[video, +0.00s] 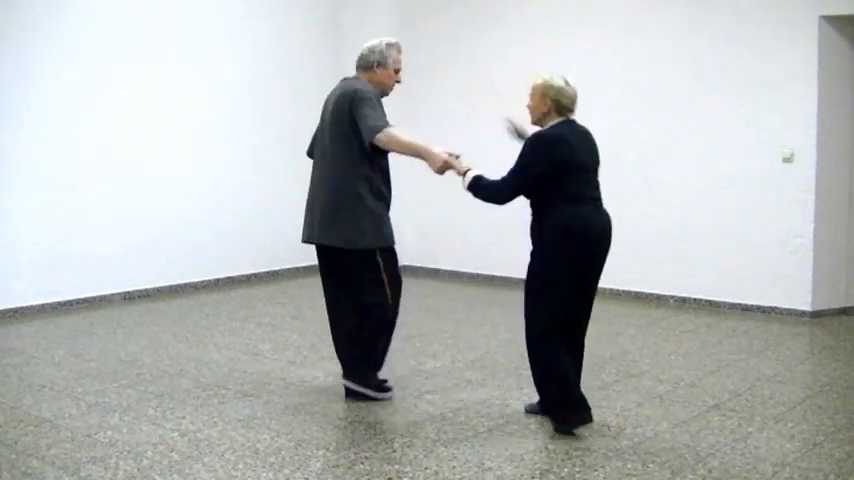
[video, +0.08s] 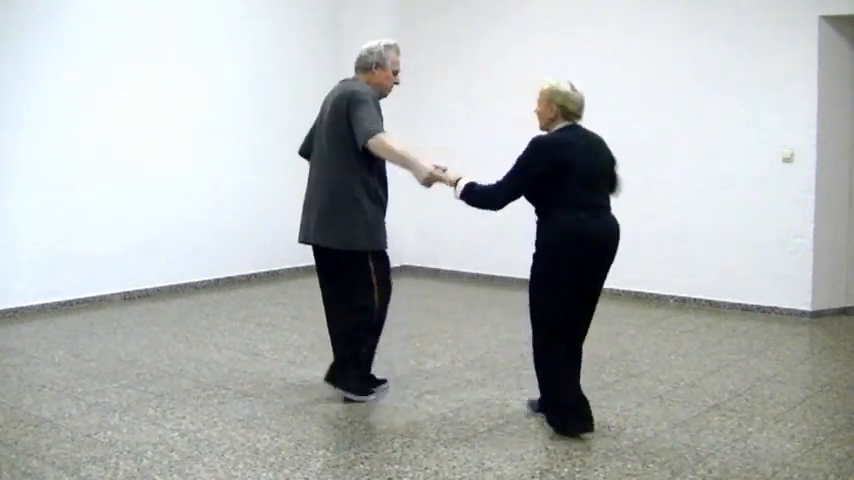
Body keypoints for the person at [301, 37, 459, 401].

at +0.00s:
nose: (399, 77)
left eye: (400, 70)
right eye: (396, 69)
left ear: (368, 67)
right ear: (377, 67)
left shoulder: (339, 94)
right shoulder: (362, 93)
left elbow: (316, 151)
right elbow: (380, 136)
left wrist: (358, 167)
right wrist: (429, 154)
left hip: (328, 219)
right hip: (359, 220)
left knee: (345, 297)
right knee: (384, 292)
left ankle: (356, 373)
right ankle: (362, 376)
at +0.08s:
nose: (397, 81)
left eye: (398, 73)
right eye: (395, 72)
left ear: (364, 69)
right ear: (375, 69)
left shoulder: (337, 95)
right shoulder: (361, 96)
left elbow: (310, 150)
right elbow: (372, 140)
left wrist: (349, 170)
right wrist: (417, 166)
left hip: (325, 221)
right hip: (355, 222)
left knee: (341, 296)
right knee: (374, 293)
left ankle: (344, 368)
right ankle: (355, 376)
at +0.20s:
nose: (394, 84)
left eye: (395, 76)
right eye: (391, 75)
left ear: (364, 73)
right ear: (369, 72)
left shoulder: (331, 99)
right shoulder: (361, 101)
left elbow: (293, 152)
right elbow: (378, 153)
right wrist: (423, 184)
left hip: (318, 222)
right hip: (346, 225)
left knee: (340, 302)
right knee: (356, 301)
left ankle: (353, 375)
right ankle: (332, 383)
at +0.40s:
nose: (387, 85)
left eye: (388, 78)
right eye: (384, 76)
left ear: (353, 74)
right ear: (363, 72)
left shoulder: (317, 101)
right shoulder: (361, 103)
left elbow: (271, 146)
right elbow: (410, 146)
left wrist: (252, 188)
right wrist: (465, 164)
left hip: (312, 223)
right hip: (336, 225)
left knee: (366, 279)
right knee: (347, 296)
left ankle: (354, 366)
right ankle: (331, 383)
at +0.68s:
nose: (398, 85)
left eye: (399, 77)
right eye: (395, 76)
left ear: (367, 76)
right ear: (373, 74)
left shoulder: (334, 102)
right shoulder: (370, 103)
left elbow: (287, 144)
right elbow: (415, 138)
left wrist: (264, 180)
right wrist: (463, 155)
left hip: (329, 221)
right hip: (345, 223)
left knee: (371, 285)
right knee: (348, 297)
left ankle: (372, 367)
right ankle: (331, 382)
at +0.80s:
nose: (410, 82)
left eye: (411, 75)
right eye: (405, 74)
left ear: (380, 74)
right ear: (384, 72)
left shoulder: (356, 99)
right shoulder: (374, 101)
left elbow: (327, 144)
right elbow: (402, 145)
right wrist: (449, 162)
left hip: (354, 220)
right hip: (357, 222)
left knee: (380, 290)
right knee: (368, 294)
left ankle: (373, 367)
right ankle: (341, 371)